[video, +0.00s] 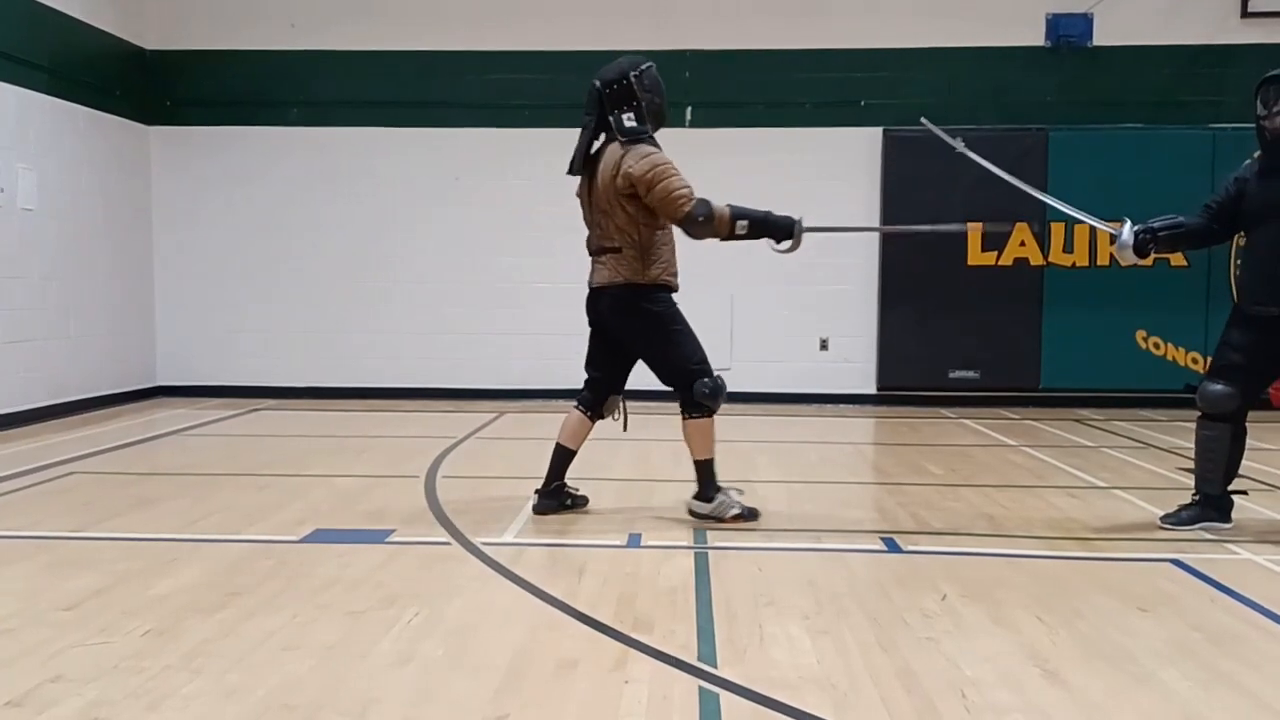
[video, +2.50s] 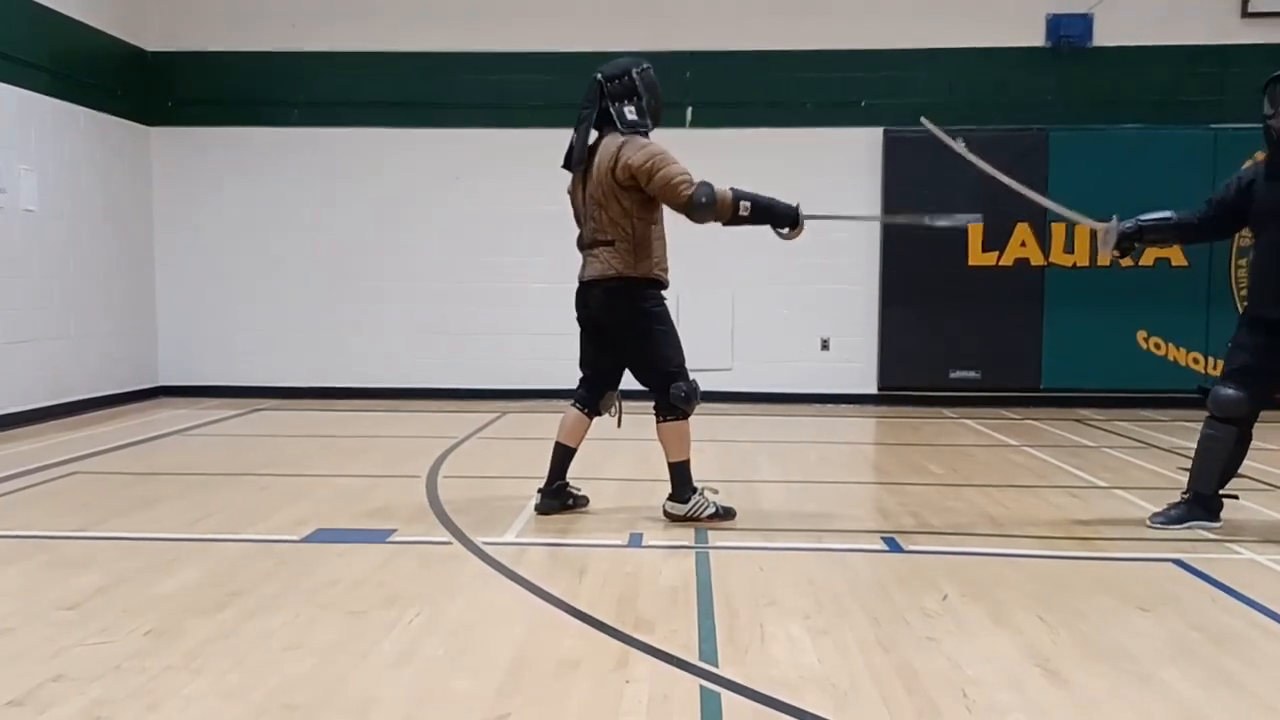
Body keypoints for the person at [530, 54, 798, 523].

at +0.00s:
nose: (660, 101)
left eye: (655, 92)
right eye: (652, 93)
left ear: (608, 103)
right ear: (638, 101)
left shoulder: (597, 154)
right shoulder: (641, 157)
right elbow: (698, 219)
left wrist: (731, 224)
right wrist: (767, 223)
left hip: (607, 297)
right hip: (642, 298)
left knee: (597, 394)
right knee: (699, 388)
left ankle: (551, 488)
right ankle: (708, 494)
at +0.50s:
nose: (758, 130)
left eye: (756, 120)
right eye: (753, 122)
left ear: (703, 124)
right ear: (738, 125)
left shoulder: (673, 172)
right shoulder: (743, 173)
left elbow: (651, 249)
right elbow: (818, 203)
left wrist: (660, 300)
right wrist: (879, 209)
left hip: (656, 311)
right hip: (703, 316)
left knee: (618, 398)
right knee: (770, 392)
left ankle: (556, 486)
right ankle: (785, 499)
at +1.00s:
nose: (685, 112)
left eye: (682, 103)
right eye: (678, 104)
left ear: (632, 111)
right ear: (664, 110)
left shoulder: (620, 162)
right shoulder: (655, 167)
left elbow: (635, 243)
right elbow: (663, 243)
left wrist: (721, 257)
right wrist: (731, 256)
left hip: (615, 304)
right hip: (648, 305)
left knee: (609, 397)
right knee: (717, 383)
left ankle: (554, 486)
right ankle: (698, 492)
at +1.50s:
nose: (665, 107)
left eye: (663, 97)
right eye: (660, 98)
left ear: (616, 102)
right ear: (645, 102)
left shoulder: (599, 154)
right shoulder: (633, 158)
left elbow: (617, 234)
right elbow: (651, 233)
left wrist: (684, 263)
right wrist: (714, 275)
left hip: (603, 293)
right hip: (637, 294)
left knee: (601, 392)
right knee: (688, 388)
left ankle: (553, 486)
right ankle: (682, 494)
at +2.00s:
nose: (647, 102)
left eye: (644, 93)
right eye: (641, 94)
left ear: (597, 100)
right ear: (627, 98)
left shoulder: (587, 152)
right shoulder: (622, 155)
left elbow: (647, 224)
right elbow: (655, 222)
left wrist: (717, 244)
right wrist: (724, 244)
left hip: (593, 293)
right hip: (628, 293)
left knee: (595, 388)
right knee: (671, 390)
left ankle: (553, 487)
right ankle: (682, 495)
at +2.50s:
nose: (655, 105)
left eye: (651, 96)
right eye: (650, 97)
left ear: (604, 104)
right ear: (638, 101)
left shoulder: (588, 153)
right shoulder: (639, 152)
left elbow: (584, 219)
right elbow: (699, 201)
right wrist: (775, 212)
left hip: (595, 293)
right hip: (634, 294)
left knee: (594, 389)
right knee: (674, 390)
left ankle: (553, 487)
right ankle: (683, 495)